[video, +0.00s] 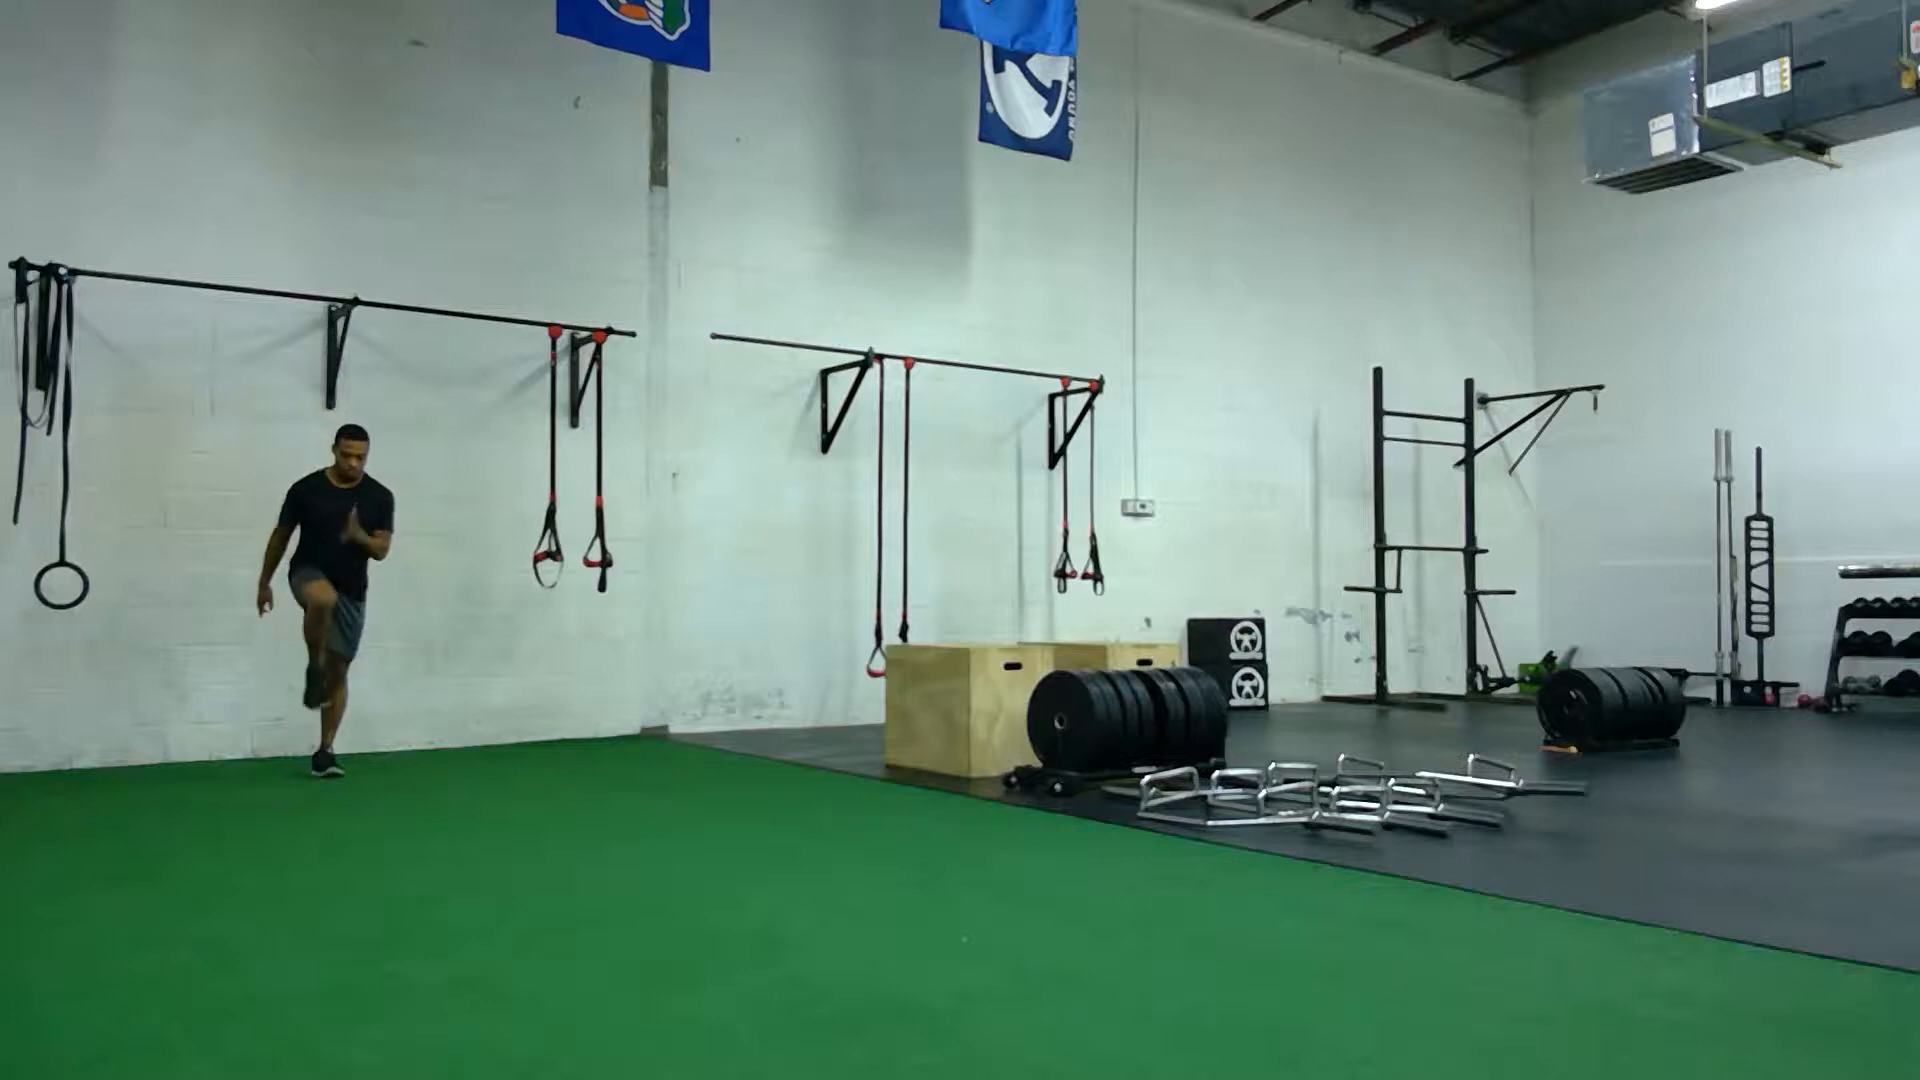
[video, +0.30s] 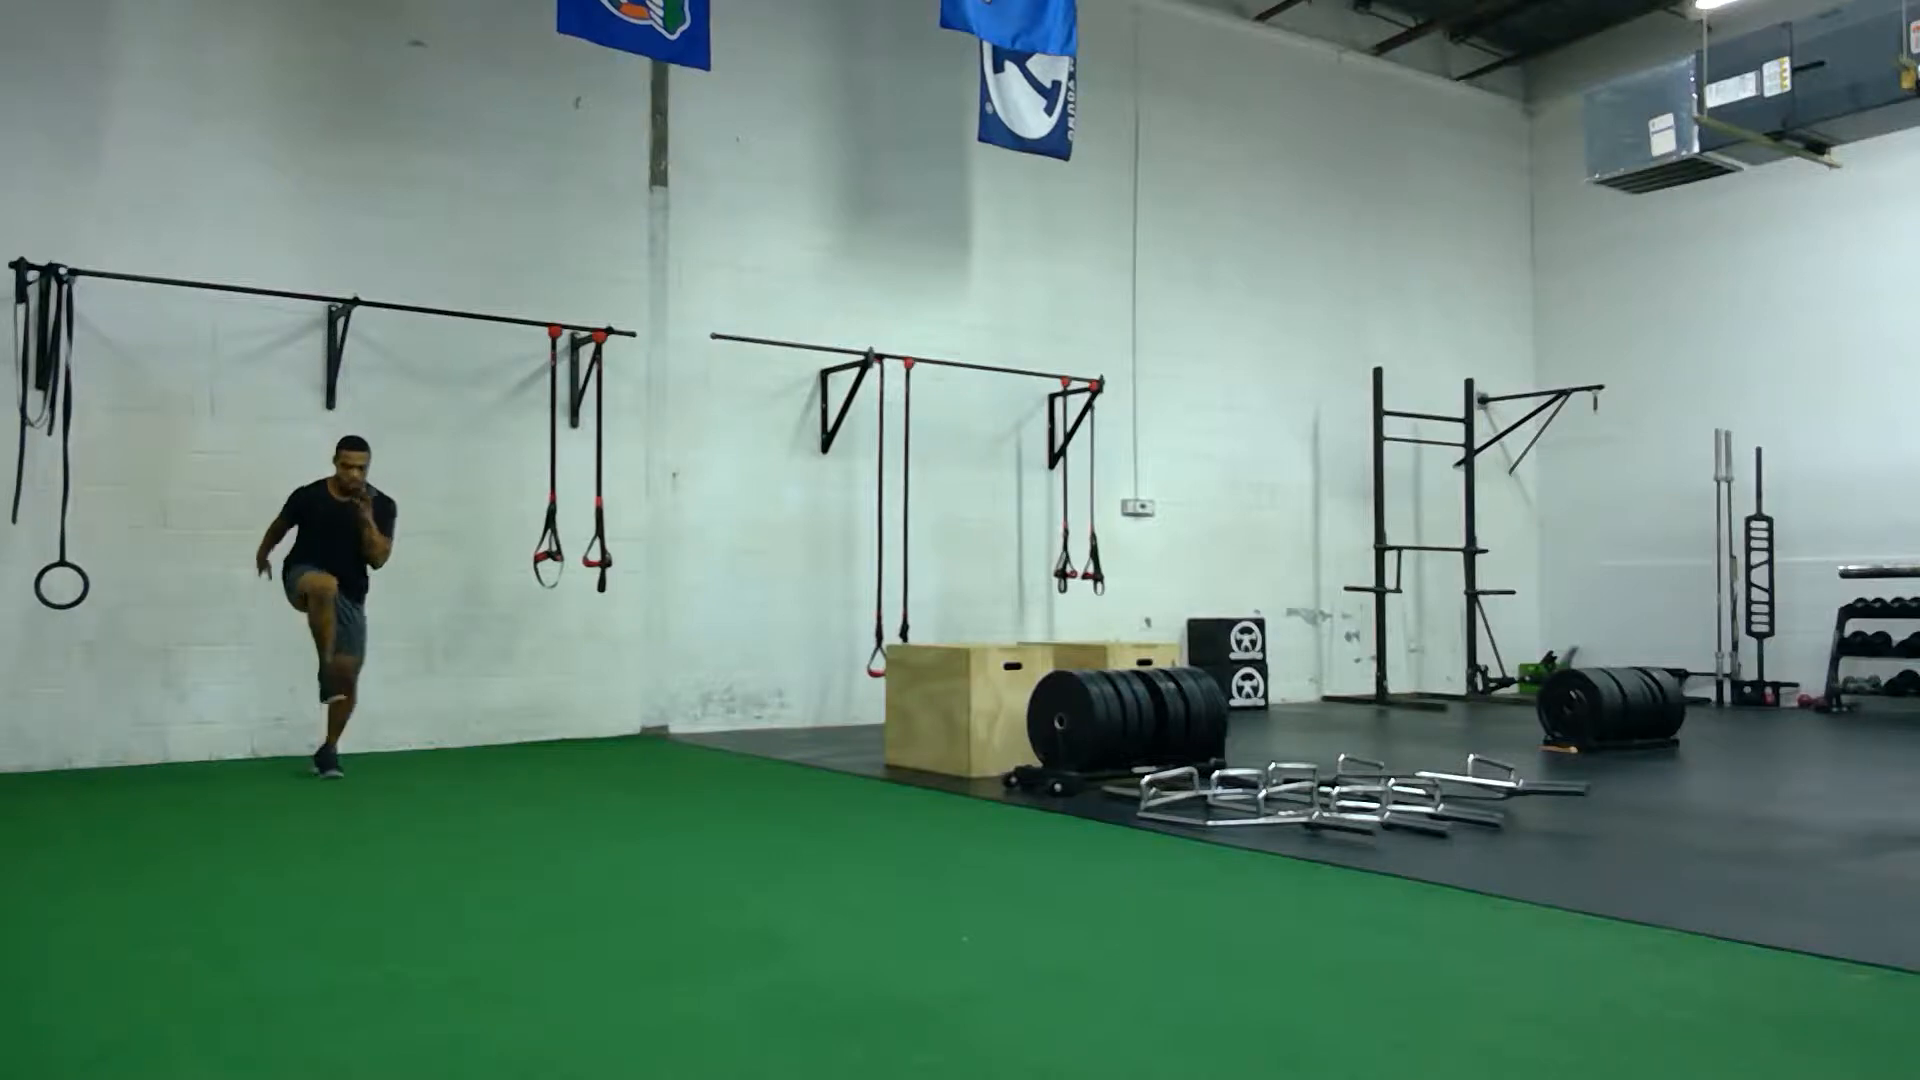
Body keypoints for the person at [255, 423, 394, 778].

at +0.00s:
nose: (354, 463)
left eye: (360, 456)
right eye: (348, 455)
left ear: (367, 456)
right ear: (334, 452)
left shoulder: (379, 496)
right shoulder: (306, 490)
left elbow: (381, 550)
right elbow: (280, 536)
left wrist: (360, 536)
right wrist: (264, 582)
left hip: (351, 587)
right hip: (309, 570)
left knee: (336, 671)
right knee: (323, 598)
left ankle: (325, 750)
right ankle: (315, 672)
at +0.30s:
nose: (354, 474)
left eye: (360, 468)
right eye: (347, 467)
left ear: (368, 467)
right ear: (335, 464)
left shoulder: (381, 506)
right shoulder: (309, 497)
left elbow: (379, 558)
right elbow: (280, 526)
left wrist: (367, 520)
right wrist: (262, 553)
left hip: (350, 594)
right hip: (304, 576)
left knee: (346, 676)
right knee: (324, 586)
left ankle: (329, 749)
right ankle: (326, 670)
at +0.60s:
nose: (341, 441)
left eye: (347, 435)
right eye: (333, 434)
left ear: (355, 441)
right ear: (320, 440)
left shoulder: (375, 485)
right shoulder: (298, 489)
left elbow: (400, 522)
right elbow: (285, 546)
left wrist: (408, 566)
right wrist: (297, 550)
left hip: (358, 587)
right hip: (310, 589)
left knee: (365, 649)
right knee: (306, 676)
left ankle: (342, 677)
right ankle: (299, 754)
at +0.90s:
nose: (368, 436)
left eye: (374, 430)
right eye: (360, 429)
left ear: (383, 438)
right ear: (346, 435)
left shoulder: (396, 488)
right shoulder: (318, 478)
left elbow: (392, 540)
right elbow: (275, 502)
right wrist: (245, 534)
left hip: (372, 583)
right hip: (326, 574)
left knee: (366, 678)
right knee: (351, 604)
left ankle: (355, 762)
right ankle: (329, 674)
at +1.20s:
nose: (370, 422)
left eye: (377, 415)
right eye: (360, 414)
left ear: (384, 423)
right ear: (345, 422)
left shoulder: (403, 476)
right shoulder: (320, 473)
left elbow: (418, 531)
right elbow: (317, 533)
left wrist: (417, 578)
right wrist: (359, 498)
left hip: (385, 580)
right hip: (337, 588)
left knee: (418, 574)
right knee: (343, 684)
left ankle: (389, 657)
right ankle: (344, 780)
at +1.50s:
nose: (397, 405)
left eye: (404, 398)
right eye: (388, 397)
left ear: (412, 407)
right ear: (370, 404)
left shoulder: (432, 460)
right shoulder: (343, 460)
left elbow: (436, 517)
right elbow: (329, 529)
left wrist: (436, 566)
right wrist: (372, 492)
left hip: (417, 569)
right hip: (369, 578)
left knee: (444, 529)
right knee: (374, 685)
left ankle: (430, 639)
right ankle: (382, 786)